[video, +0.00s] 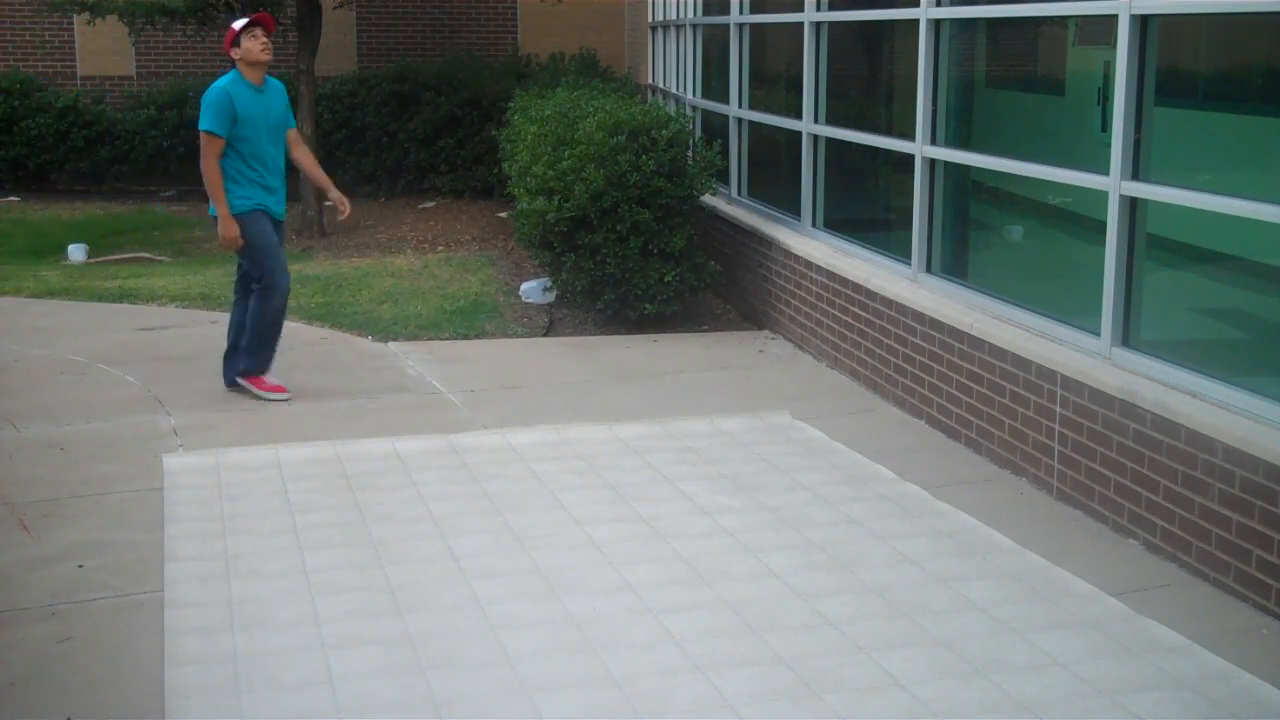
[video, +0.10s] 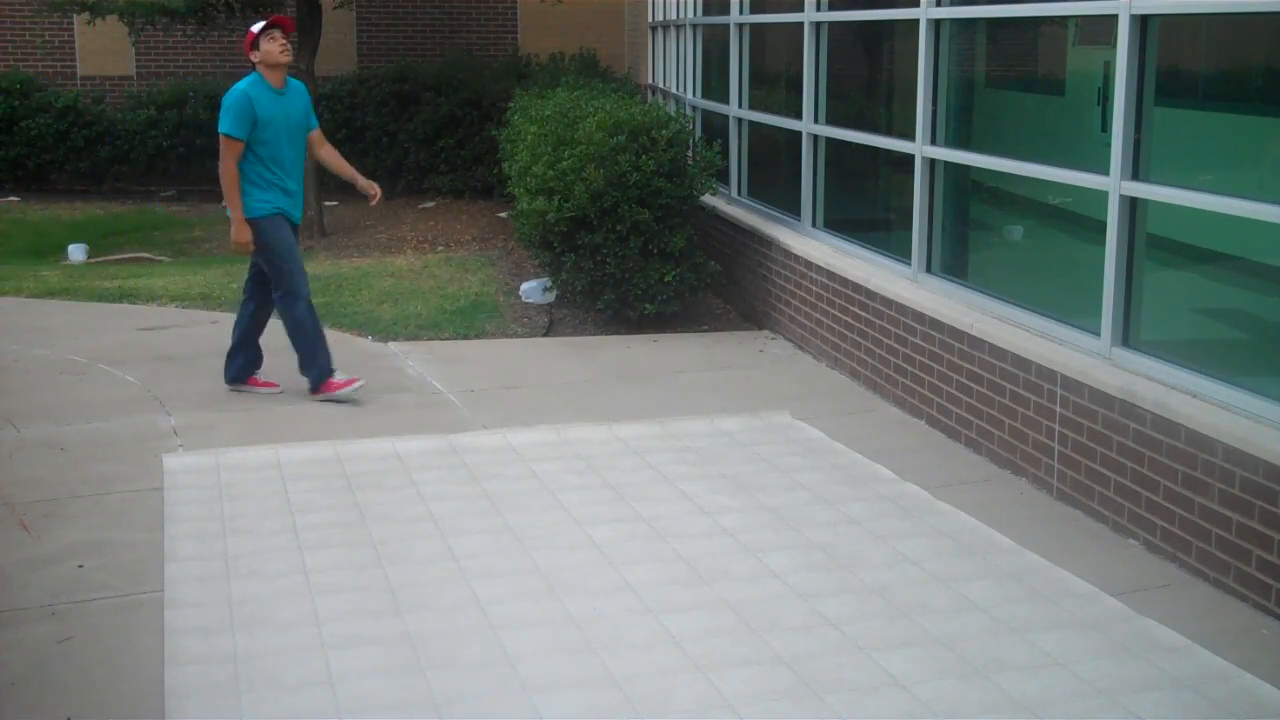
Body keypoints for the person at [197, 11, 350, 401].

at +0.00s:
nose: (264, 42)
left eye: (266, 37)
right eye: (253, 38)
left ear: (270, 48)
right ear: (235, 52)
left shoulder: (276, 90)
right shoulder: (221, 94)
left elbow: (296, 146)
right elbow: (209, 160)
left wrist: (330, 188)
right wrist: (224, 215)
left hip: (273, 205)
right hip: (240, 205)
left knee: (250, 288)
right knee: (275, 281)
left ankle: (236, 372)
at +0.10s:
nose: (284, 43)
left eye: (285, 39)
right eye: (273, 40)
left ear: (290, 50)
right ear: (255, 55)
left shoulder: (298, 91)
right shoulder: (241, 96)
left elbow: (320, 147)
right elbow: (227, 162)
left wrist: (358, 179)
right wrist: (237, 220)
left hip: (289, 208)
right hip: (259, 208)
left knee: (260, 293)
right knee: (293, 286)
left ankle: (240, 372)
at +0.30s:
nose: (328, 52)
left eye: (329, 46)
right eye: (317, 47)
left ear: (332, 53)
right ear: (298, 58)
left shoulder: (337, 93)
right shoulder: (284, 102)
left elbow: (354, 150)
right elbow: (274, 170)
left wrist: (391, 190)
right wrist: (282, 230)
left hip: (334, 212)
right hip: (306, 215)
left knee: (313, 291)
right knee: (339, 292)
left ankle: (260, 355)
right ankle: (355, 382)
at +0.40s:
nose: (353, 57)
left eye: (355, 49)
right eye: (344, 50)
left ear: (355, 52)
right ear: (321, 54)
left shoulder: (353, 91)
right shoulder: (304, 100)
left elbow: (363, 150)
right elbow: (301, 170)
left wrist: (388, 198)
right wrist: (316, 228)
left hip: (360, 210)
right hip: (328, 215)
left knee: (366, 290)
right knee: (351, 298)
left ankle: (296, 339)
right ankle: (356, 383)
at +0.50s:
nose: (376, 66)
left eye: (380, 59)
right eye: (370, 58)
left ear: (378, 57)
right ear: (345, 53)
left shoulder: (369, 90)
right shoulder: (322, 96)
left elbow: (366, 150)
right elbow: (325, 168)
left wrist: (379, 203)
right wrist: (352, 220)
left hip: (378, 209)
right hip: (342, 215)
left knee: (400, 282)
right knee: (355, 298)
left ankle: (345, 338)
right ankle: (355, 383)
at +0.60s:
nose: (400, 72)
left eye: (404, 65)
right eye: (395, 62)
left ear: (387, 59)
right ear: (372, 54)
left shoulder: (386, 93)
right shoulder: (343, 95)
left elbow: (383, 154)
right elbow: (344, 166)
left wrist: (397, 205)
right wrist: (387, 213)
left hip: (397, 210)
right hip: (359, 219)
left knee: (425, 283)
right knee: (362, 301)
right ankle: (355, 383)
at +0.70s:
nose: (427, 78)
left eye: (431, 70)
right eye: (423, 68)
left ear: (411, 62)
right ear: (400, 57)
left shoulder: (409, 96)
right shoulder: (368, 97)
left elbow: (402, 158)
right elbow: (365, 166)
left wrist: (417, 202)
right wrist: (410, 210)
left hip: (413, 216)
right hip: (375, 221)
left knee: (440, 295)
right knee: (370, 304)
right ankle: (356, 383)